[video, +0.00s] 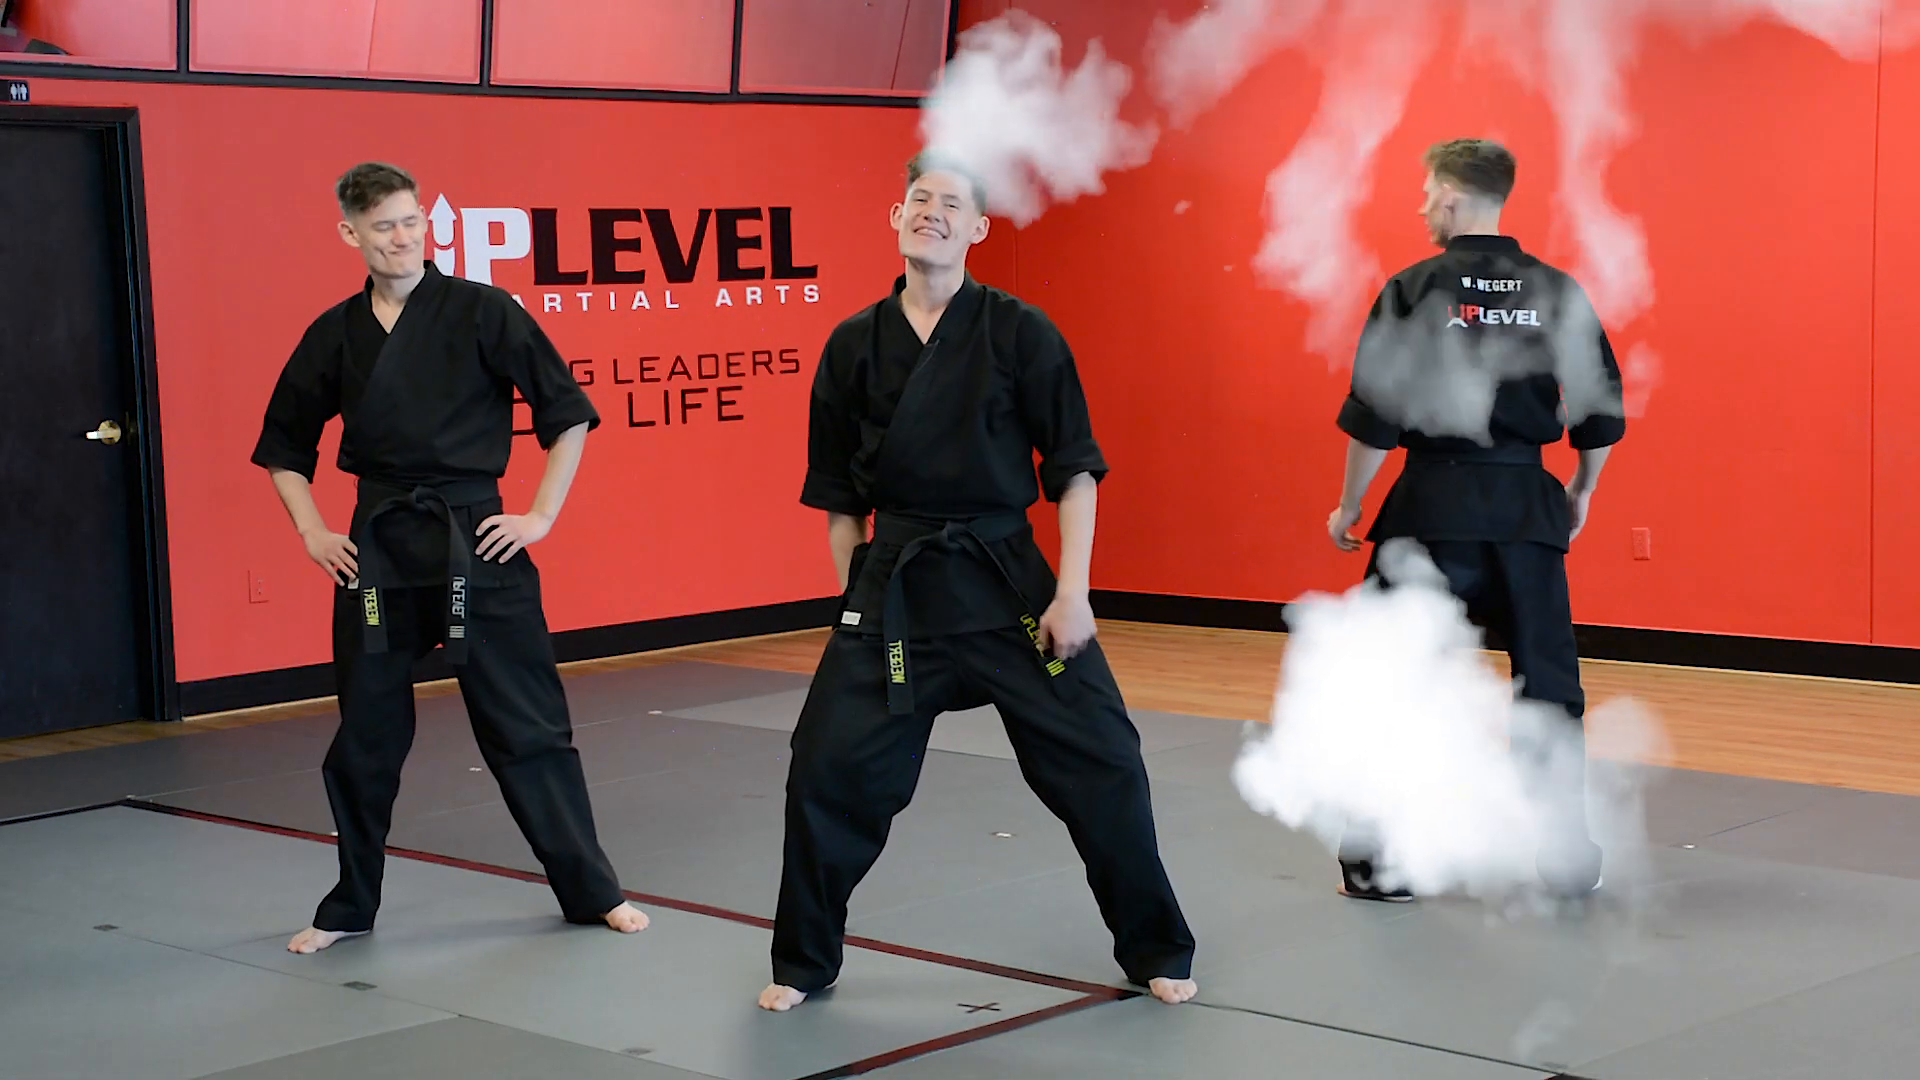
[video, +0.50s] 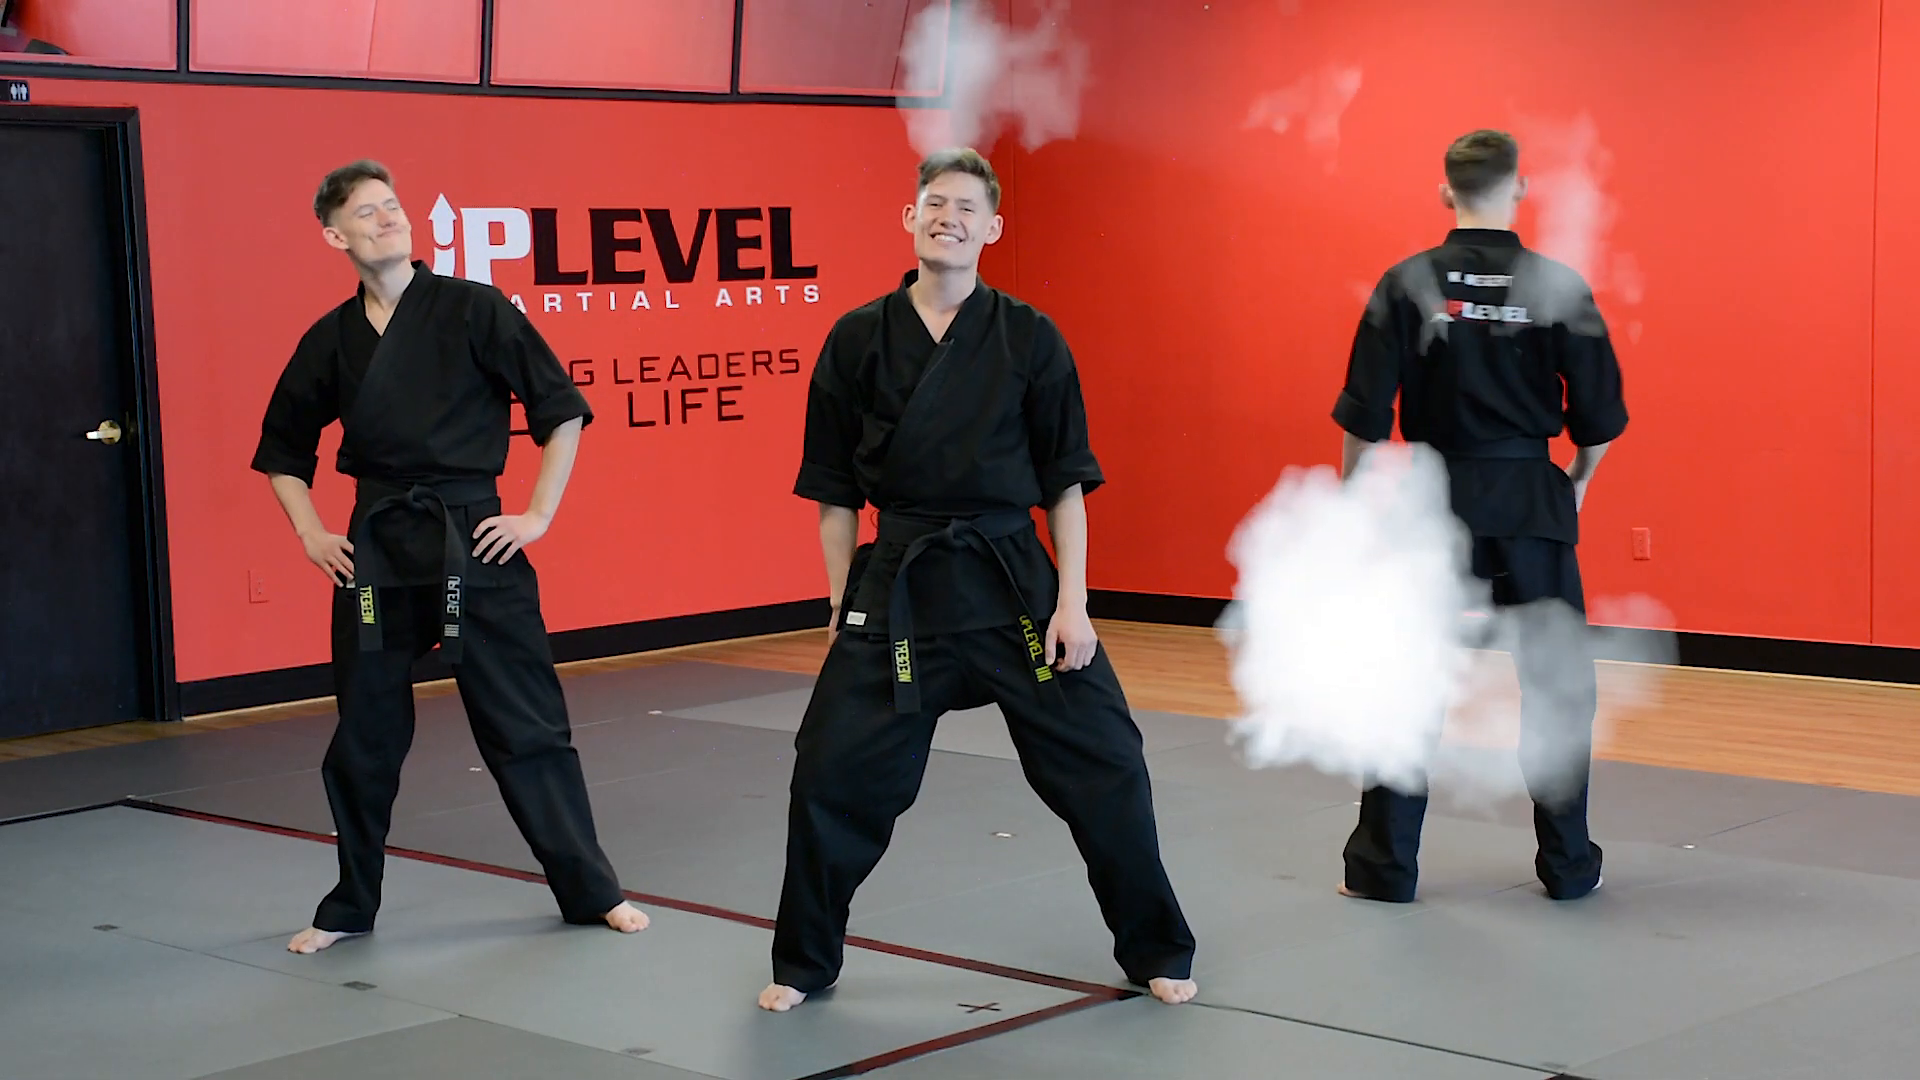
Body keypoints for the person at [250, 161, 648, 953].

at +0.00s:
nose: (399, 237)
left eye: (408, 222)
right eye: (382, 226)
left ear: (425, 225)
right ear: (352, 234)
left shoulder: (484, 311)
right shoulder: (334, 334)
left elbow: (570, 412)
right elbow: (283, 443)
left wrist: (541, 516)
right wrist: (312, 530)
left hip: (479, 540)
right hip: (379, 547)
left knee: (530, 727)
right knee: (363, 741)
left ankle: (593, 892)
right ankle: (352, 905)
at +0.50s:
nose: (387, 217)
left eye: (392, 204)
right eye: (366, 212)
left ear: (410, 218)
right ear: (337, 239)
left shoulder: (476, 309)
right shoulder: (331, 340)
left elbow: (564, 409)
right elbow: (281, 447)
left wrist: (538, 516)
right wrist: (311, 533)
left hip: (476, 538)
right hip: (378, 546)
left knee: (529, 725)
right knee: (362, 740)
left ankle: (592, 892)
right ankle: (352, 904)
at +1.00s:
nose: (381, 226)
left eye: (386, 212)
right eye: (360, 220)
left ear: (403, 223)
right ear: (330, 245)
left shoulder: (472, 308)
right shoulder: (327, 344)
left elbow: (561, 407)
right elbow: (285, 450)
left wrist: (537, 514)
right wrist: (311, 531)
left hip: (476, 539)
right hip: (378, 546)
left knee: (529, 725)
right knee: (363, 740)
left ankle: (591, 892)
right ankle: (351, 906)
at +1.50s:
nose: (377, 231)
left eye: (381, 216)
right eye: (356, 226)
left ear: (399, 225)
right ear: (328, 250)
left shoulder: (470, 306)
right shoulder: (329, 346)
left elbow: (560, 405)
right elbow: (286, 452)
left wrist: (538, 512)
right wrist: (313, 533)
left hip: (477, 538)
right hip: (380, 545)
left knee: (529, 725)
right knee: (364, 740)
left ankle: (592, 892)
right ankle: (352, 905)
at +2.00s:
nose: (366, 238)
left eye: (380, 223)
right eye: (352, 226)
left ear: (413, 229)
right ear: (338, 239)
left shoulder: (479, 310)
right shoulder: (336, 344)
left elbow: (567, 409)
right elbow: (283, 438)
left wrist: (541, 511)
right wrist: (269, 461)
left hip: (478, 539)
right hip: (379, 544)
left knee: (530, 724)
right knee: (366, 737)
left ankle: (592, 891)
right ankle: (352, 905)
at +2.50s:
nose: (397, 249)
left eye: (413, 236)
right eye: (390, 234)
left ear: (454, 236)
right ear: (384, 234)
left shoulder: (509, 319)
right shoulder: (353, 325)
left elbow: (592, 424)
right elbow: (238, 376)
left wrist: (552, 517)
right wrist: (284, 297)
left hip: (489, 538)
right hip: (389, 540)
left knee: (537, 727)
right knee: (372, 738)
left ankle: (592, 892)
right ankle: (352, 907)